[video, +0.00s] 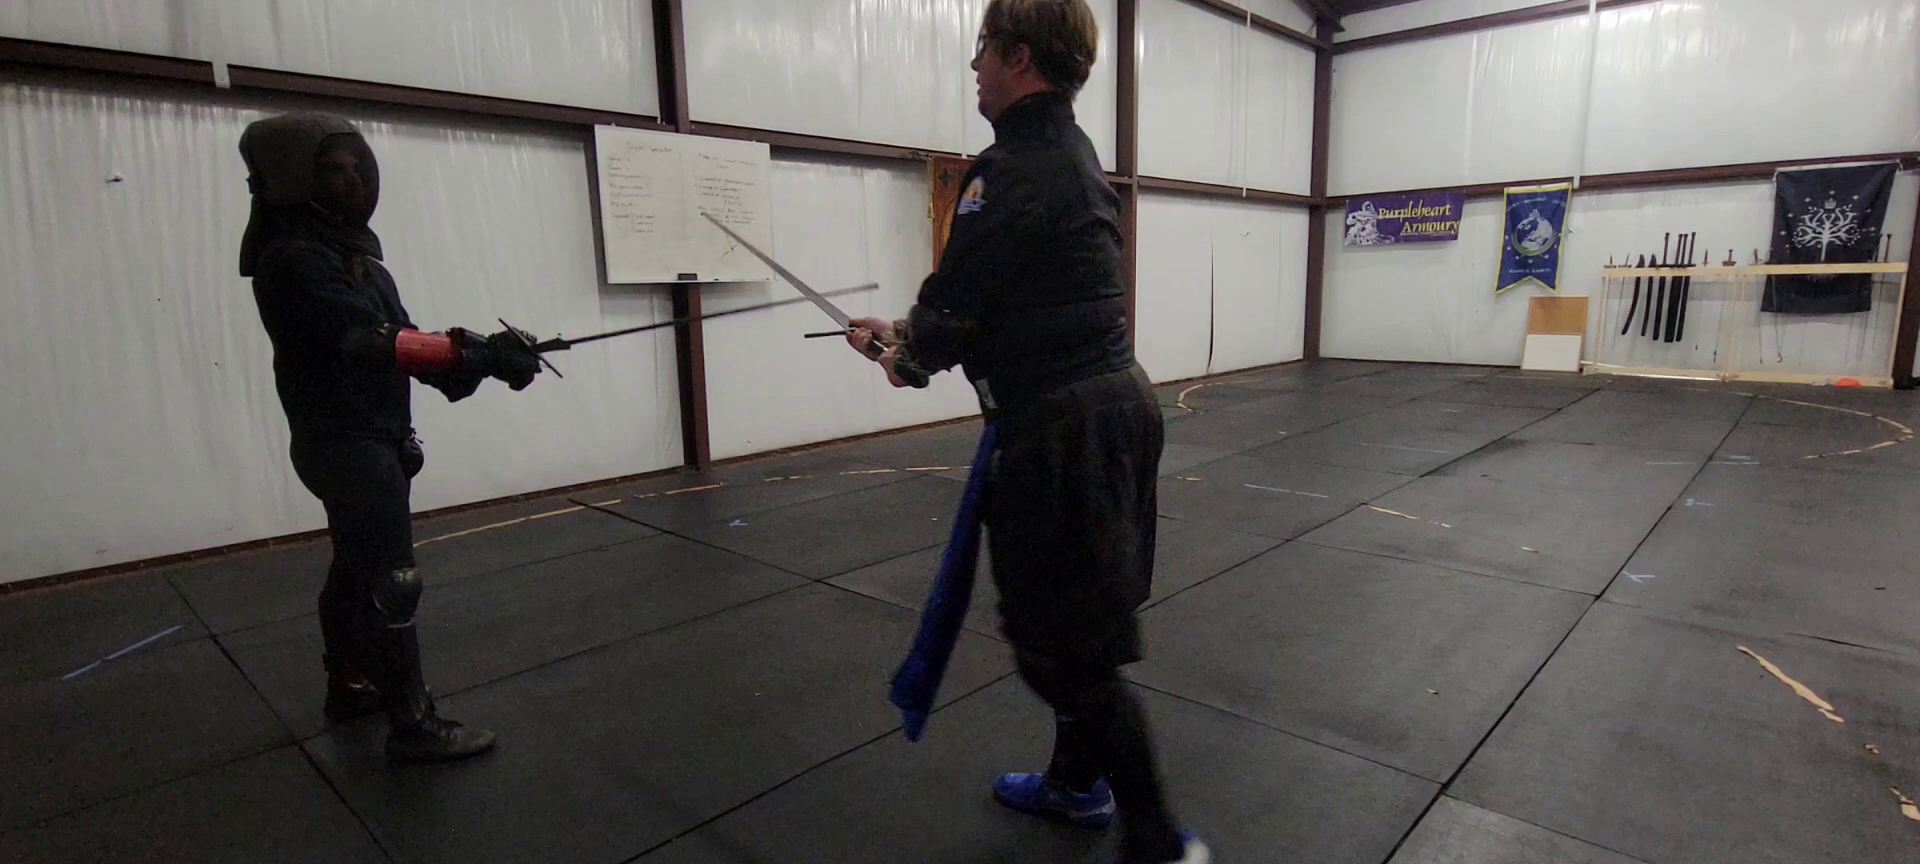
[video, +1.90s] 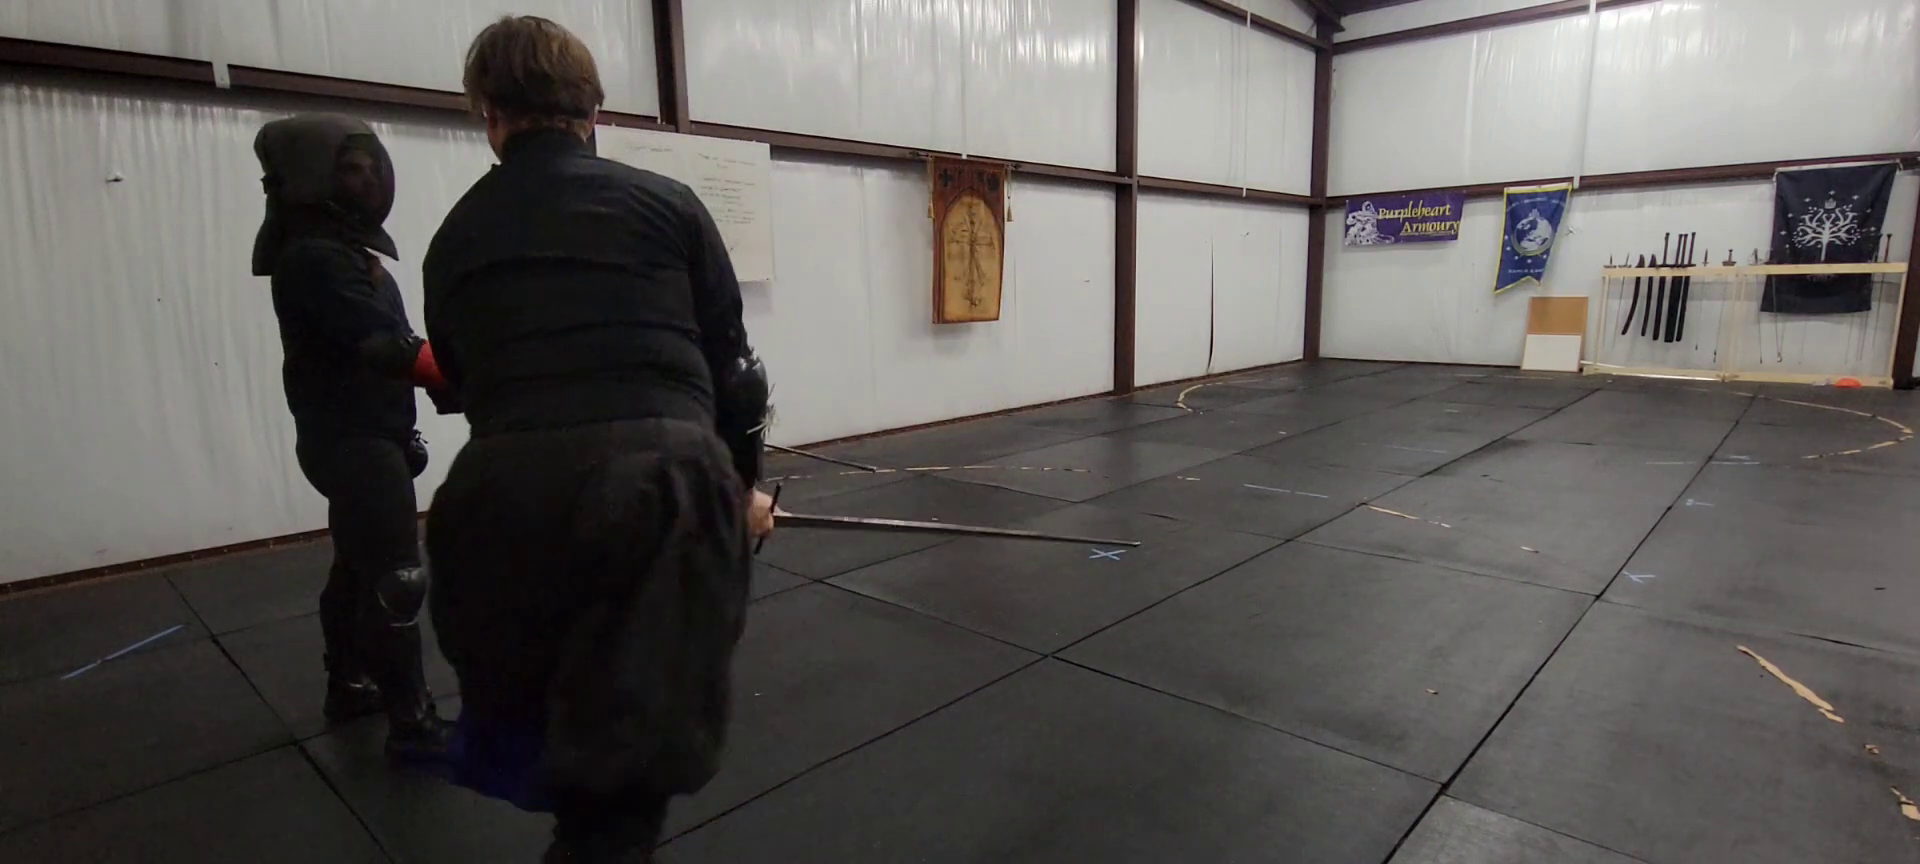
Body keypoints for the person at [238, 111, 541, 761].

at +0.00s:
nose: (363, 183)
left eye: (365, 170)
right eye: (346, 172)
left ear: (367, 176)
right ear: (311, 182)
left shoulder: (347, 245)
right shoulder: (292, 256)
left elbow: (388, 333)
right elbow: (360, 342)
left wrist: (462, 358)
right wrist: (473, 355)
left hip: (375, 439)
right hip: (344, 445)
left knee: (358, 569)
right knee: (392, 581)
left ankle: (350, 688)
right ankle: (410, 724)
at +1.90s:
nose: (373, 180)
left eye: (376, 169)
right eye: (357, 168)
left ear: (380, 177)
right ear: (322, 179)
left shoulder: (348, 250)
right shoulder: (313, 257)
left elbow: (377, 350)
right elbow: (366, 342)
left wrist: (395, 430)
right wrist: (439, 367)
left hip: (370, 439)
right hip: (352, 443)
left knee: (358, 569)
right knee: (395, 580)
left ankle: (350, 688)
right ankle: (410, 722)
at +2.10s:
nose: (389, 181)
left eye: (388, 168)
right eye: (377, 168)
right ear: (346, 176)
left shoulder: (343, 250)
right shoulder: (325, 257)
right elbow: (371, 353)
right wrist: (432, 361)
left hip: (364, 440)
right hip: (361, 445)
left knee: (358, 566)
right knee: (392, 571)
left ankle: (349, 686)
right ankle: (412, 719)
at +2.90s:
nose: (432, 196)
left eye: (433, 183)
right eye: (422, 183)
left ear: (358, 189)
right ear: (389, 188)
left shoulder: (341, 256)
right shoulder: (374, 261)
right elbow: (423, 363)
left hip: (357, 443)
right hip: (382, 447)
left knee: (378, 568)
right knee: (447, 578)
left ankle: (350, 688)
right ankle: (441, 721)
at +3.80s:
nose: (439, 192)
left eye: (437, 180)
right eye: (431, 180)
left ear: (348, 187)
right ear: (407, 189)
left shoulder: (306, 268)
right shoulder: (406, 268)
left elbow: (383, 342)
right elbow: (461, 344)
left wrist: (471, 330)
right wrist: (507, 336)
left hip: (339, 448)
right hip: (398, 451)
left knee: (360, 570)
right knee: (459, 577)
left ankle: (349, 691)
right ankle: (444, 723)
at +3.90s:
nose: (446, 195)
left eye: (444, 182)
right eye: (439, 183)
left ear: (358, 186)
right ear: (419, 191)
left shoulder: (314, 261)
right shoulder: (414, 267)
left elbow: (288, 345)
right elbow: (461, 352)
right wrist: (481, 328)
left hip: (340, 445)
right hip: (398, 449)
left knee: (360, 568)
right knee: (460, 577)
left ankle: (348, 690)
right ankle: (444, 722)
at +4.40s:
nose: (432, 193)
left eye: (430, 180)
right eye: (425, 181)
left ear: (342, 186)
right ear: (402, 190)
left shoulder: (303, 266)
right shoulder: (399, 270)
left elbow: (338, 354)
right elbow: (456, 349)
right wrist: (506, 340)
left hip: (333, 447)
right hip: (392, 450)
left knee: (357, 568)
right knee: (451, 575)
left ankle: (348, 687)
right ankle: (442, 719)